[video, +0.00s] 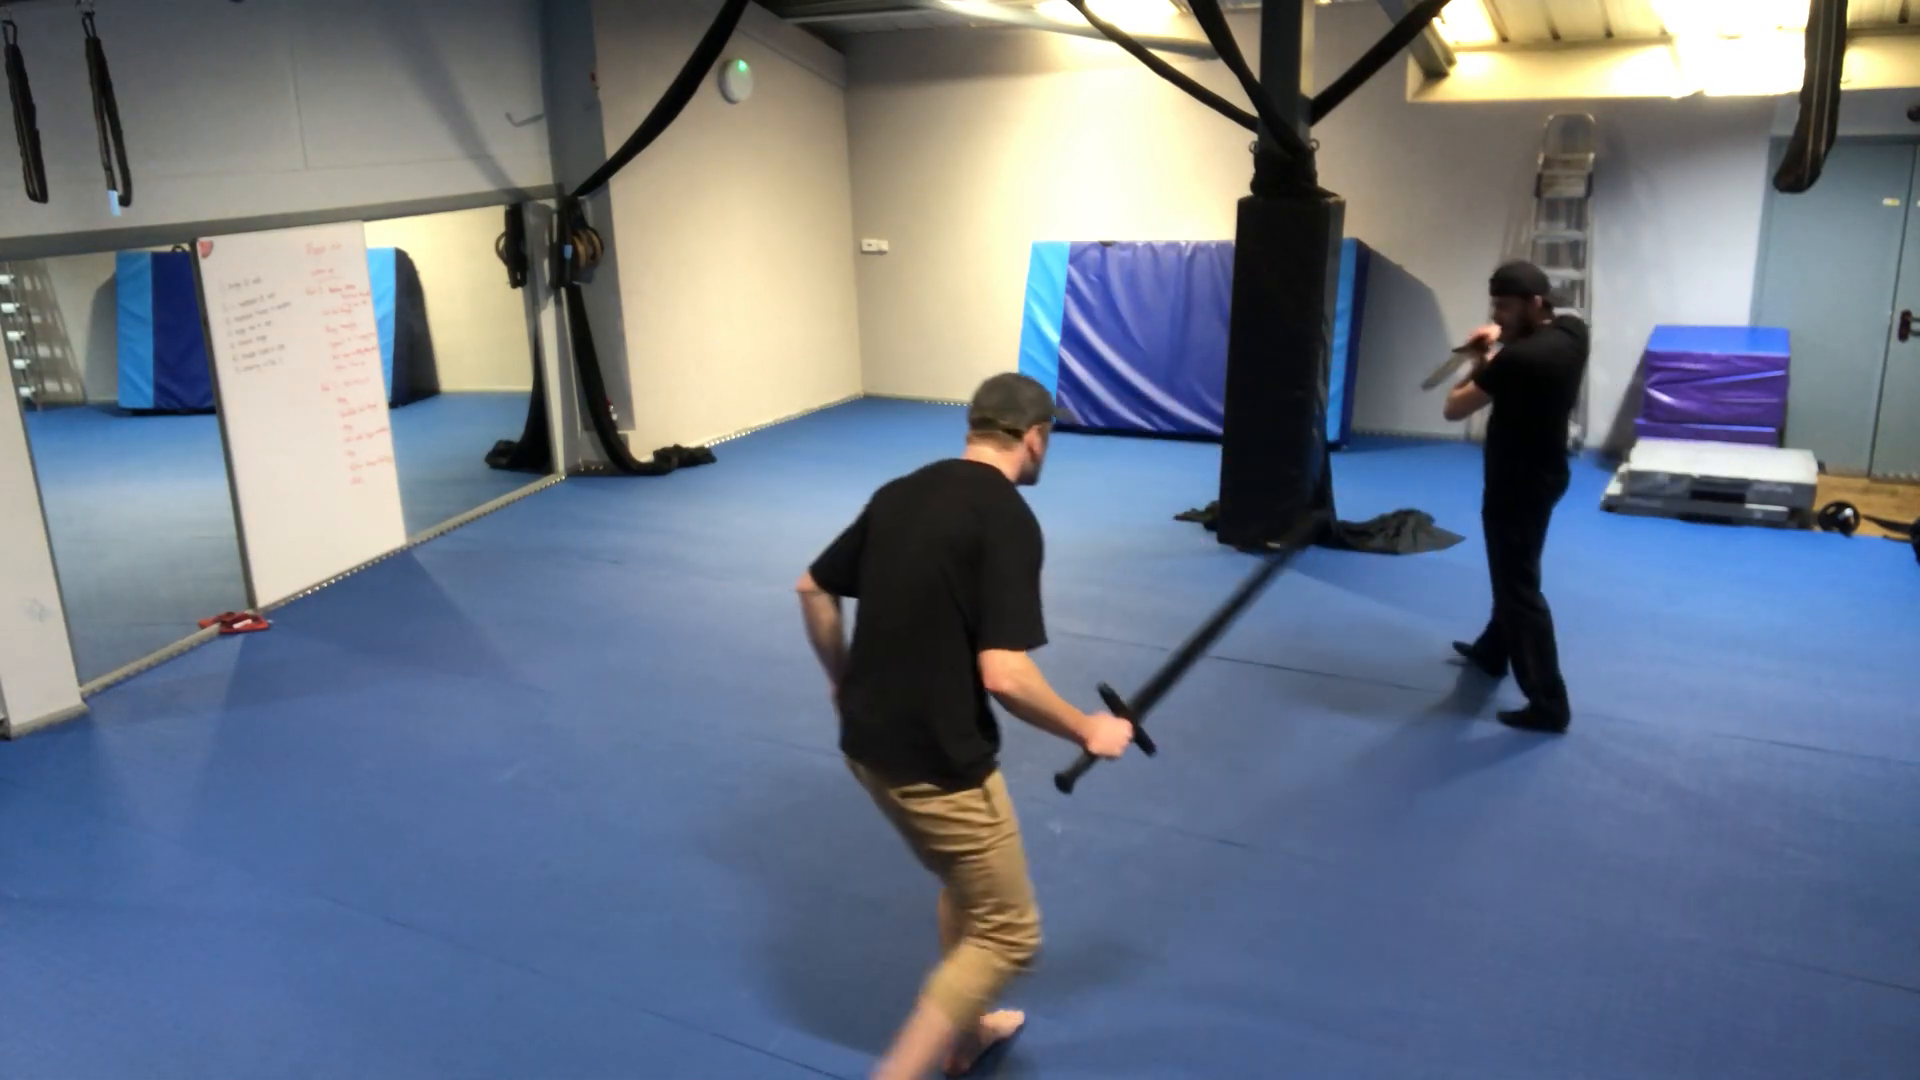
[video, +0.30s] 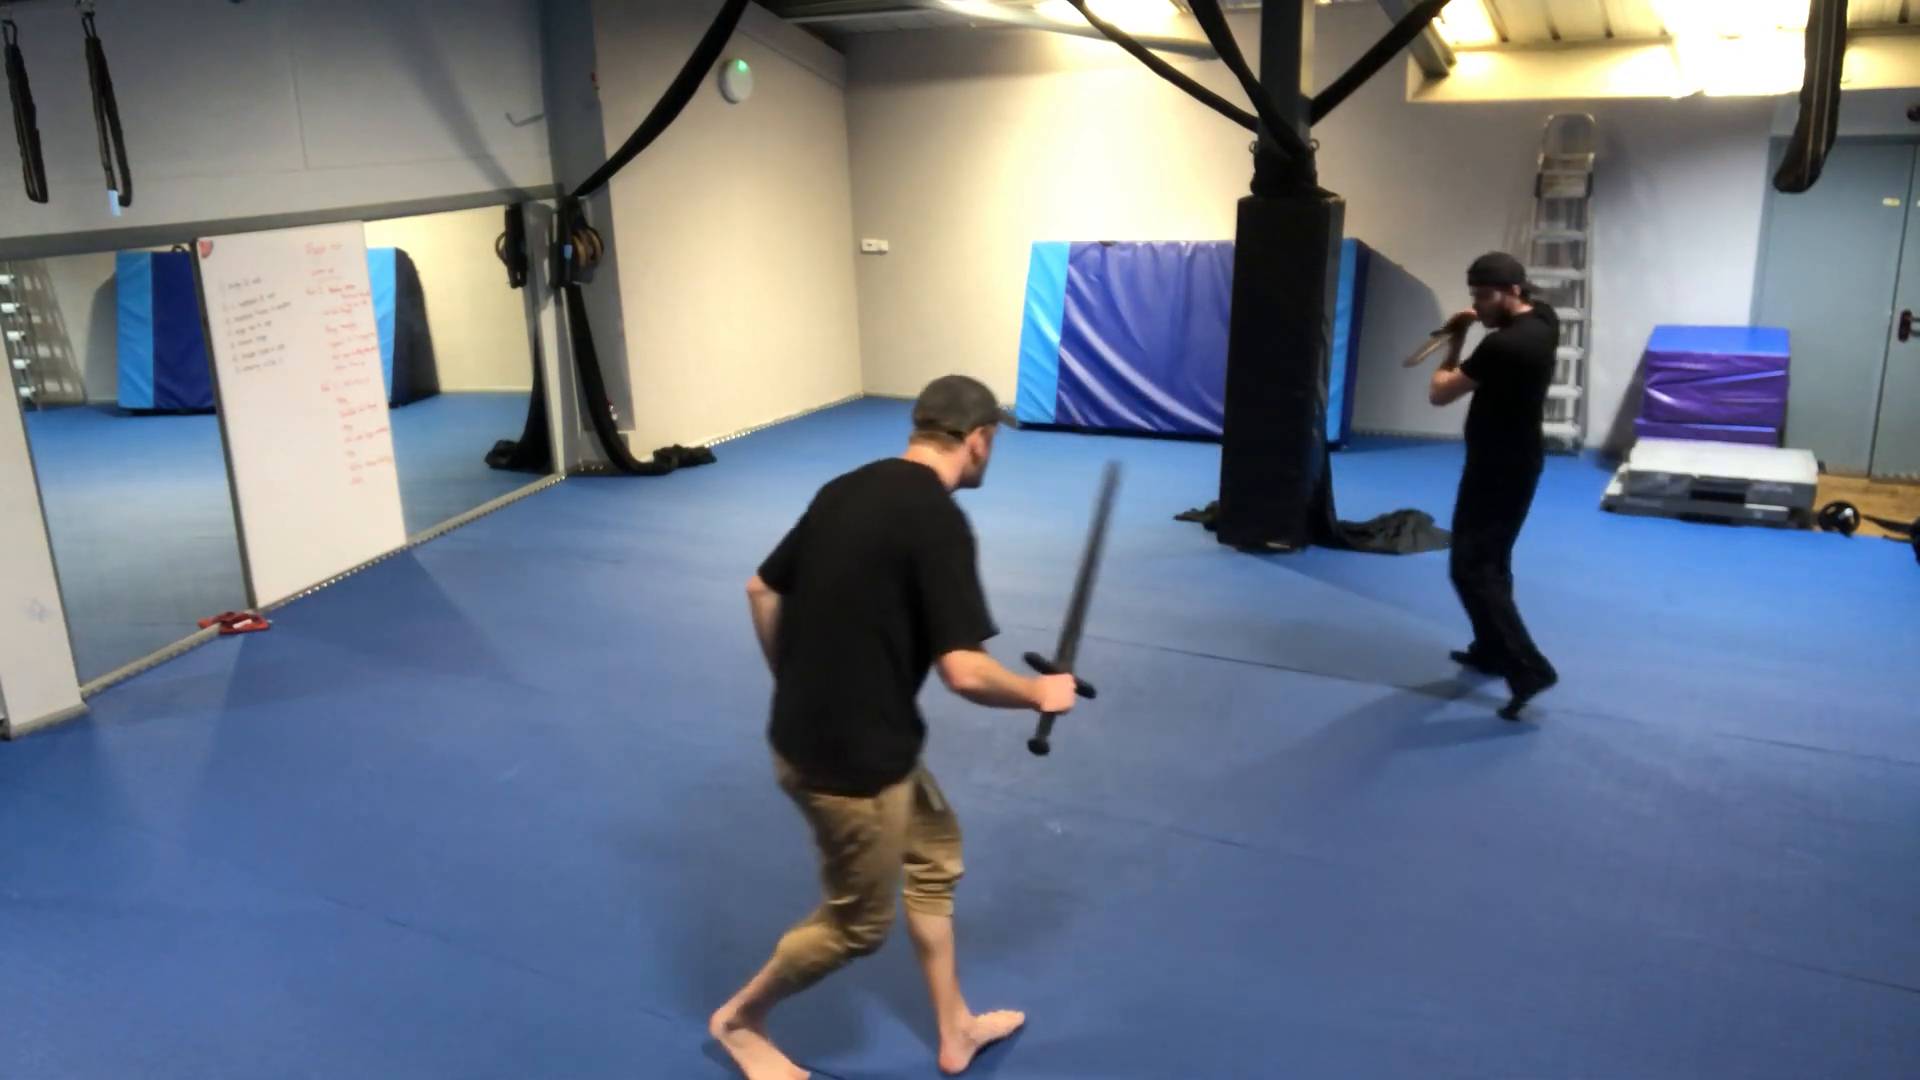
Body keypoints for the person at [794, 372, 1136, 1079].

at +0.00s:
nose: (1046, 451)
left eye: (1046, 437)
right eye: (1048, 438)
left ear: (975, 428)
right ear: (1031, 438)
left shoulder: (903, 493)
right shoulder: (1006, 518)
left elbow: (816, 587)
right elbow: (1004, 671)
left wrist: (841, 680)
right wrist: (1087, 729)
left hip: (870, 737)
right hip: (940, 757)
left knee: (961, 880)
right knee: (1005, 936)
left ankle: (956, 1033)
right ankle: (897, 1071)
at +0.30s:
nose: (990, 455)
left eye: (992, 441)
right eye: (992, 441)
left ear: (919, 429)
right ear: (974, 438)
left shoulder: (847, 490)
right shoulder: (937, 518)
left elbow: (765, 588)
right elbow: (963, 670)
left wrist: (798, 682)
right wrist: (1038, 692)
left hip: (818, 730)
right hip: (851, 757)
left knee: (933, 850)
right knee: (859, 920)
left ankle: (956, 1029)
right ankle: (738, 1018)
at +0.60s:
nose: (924, 458)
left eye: (926, 444)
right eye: (925, 444)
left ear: (856, 432)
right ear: (904, 443)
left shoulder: (787, 487)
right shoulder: (840, 526)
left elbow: (723, 575)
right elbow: (854, 680)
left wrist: (778, 656)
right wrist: (948, 727)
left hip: (820, 735)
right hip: (776, 759)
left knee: (902, 842)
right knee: (818, 915)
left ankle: (938, 1015)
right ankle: (731, 1033)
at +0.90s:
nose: (914, 439)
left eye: (916, 426)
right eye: (916, 426)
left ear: (847, 412)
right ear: (896, 424)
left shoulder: (784, 465)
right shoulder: (828, 501)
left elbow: (715, 556)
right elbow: (783, 641)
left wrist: (757, 646)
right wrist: (855, 759)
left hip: (804, 699)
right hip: (758, 732)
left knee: (881, 793)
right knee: (808, 901)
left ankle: (889, 955)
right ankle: (730, 1033)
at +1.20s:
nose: (941, 424)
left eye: (942, 411)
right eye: (943, 410)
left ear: (871, 398)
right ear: (927, 405)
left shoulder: (805, 462)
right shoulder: (897, 476)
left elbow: (731, 565)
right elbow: (859, 596)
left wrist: (756, 660)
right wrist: (897, 729)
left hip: (790, 690)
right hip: (824, 706)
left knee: (882, 815)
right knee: (829, 874)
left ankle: (896, 952)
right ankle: (735, 1025)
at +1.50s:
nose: (960, 410)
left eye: (959, 399)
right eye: (960, 399)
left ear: (890, 390)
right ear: (948, 395)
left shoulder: (826, 454)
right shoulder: (938, 458)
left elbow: (763, 565)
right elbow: (952, 584)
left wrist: (798, 644)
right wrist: (1010, 696)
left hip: (813, 679)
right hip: (878, 690)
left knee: (886, 824)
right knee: (907, 856)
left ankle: (900, 956)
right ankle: (777, 1001)